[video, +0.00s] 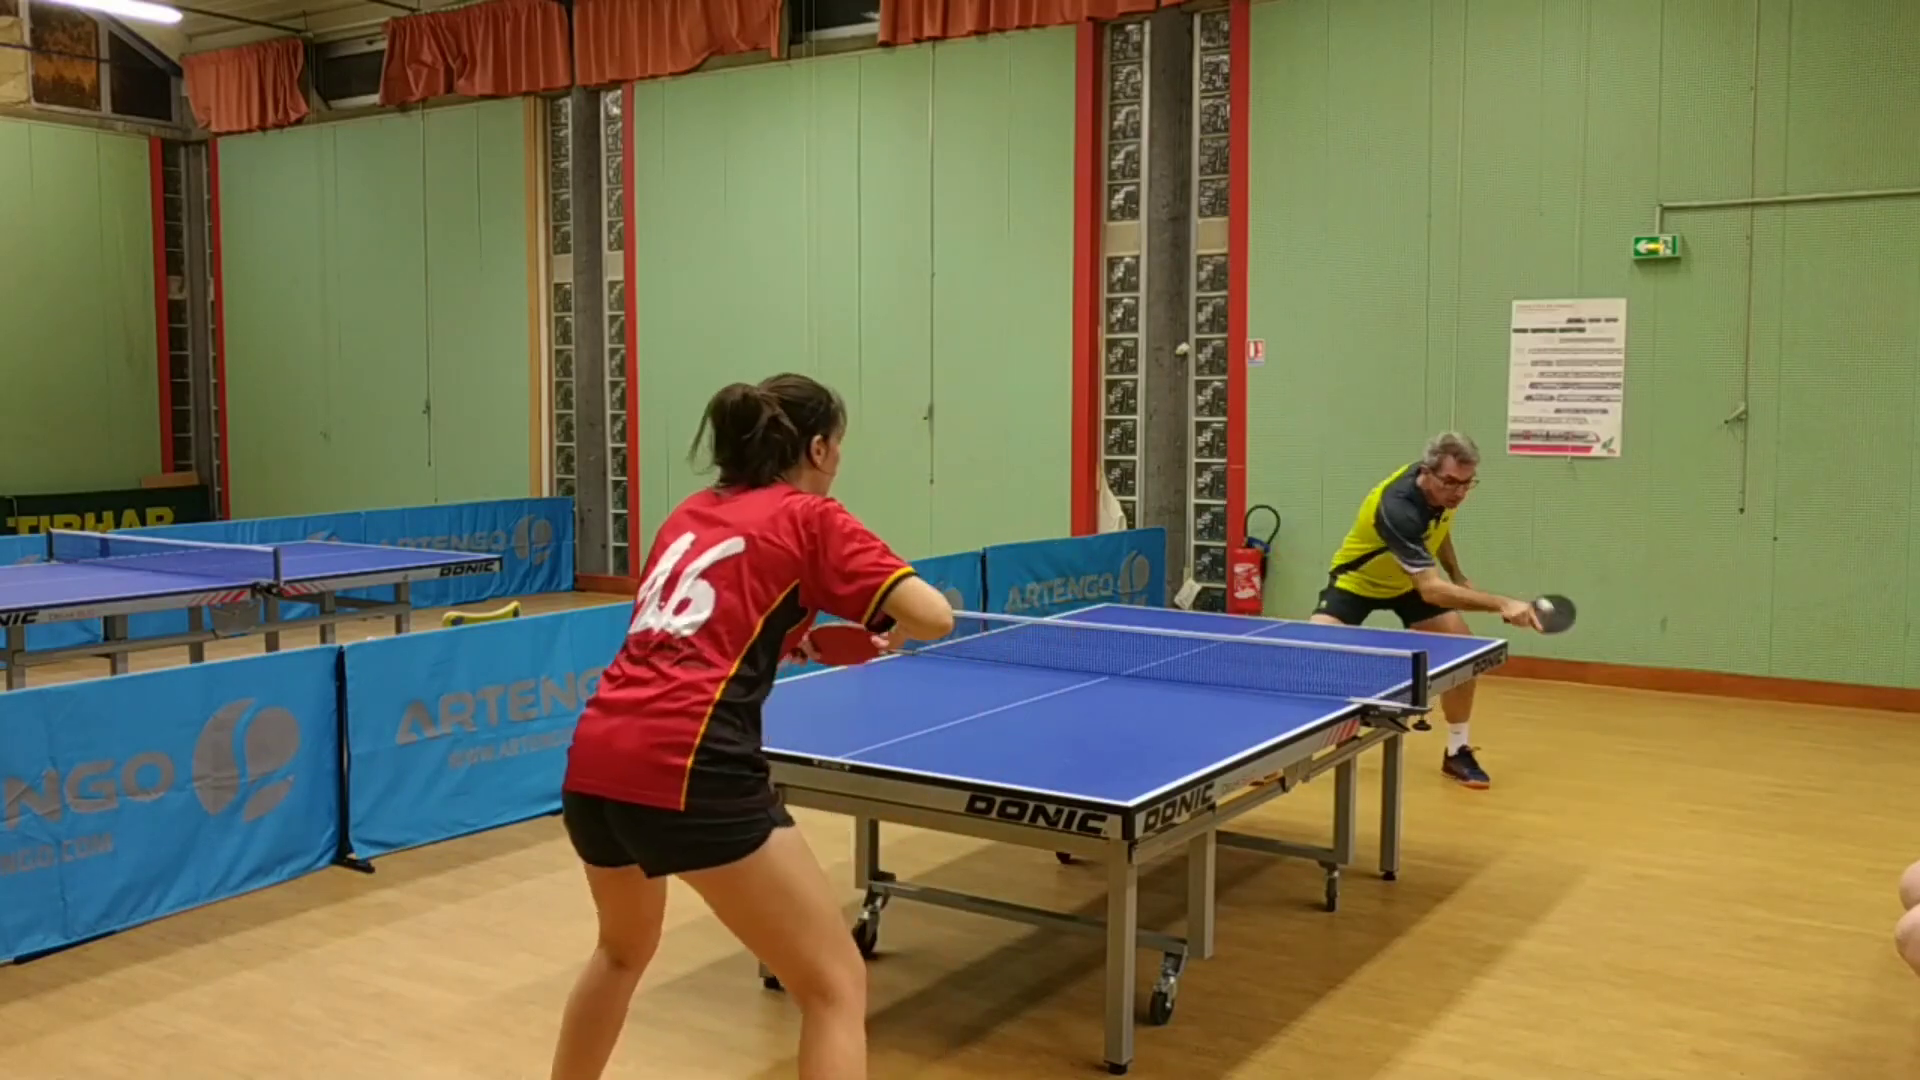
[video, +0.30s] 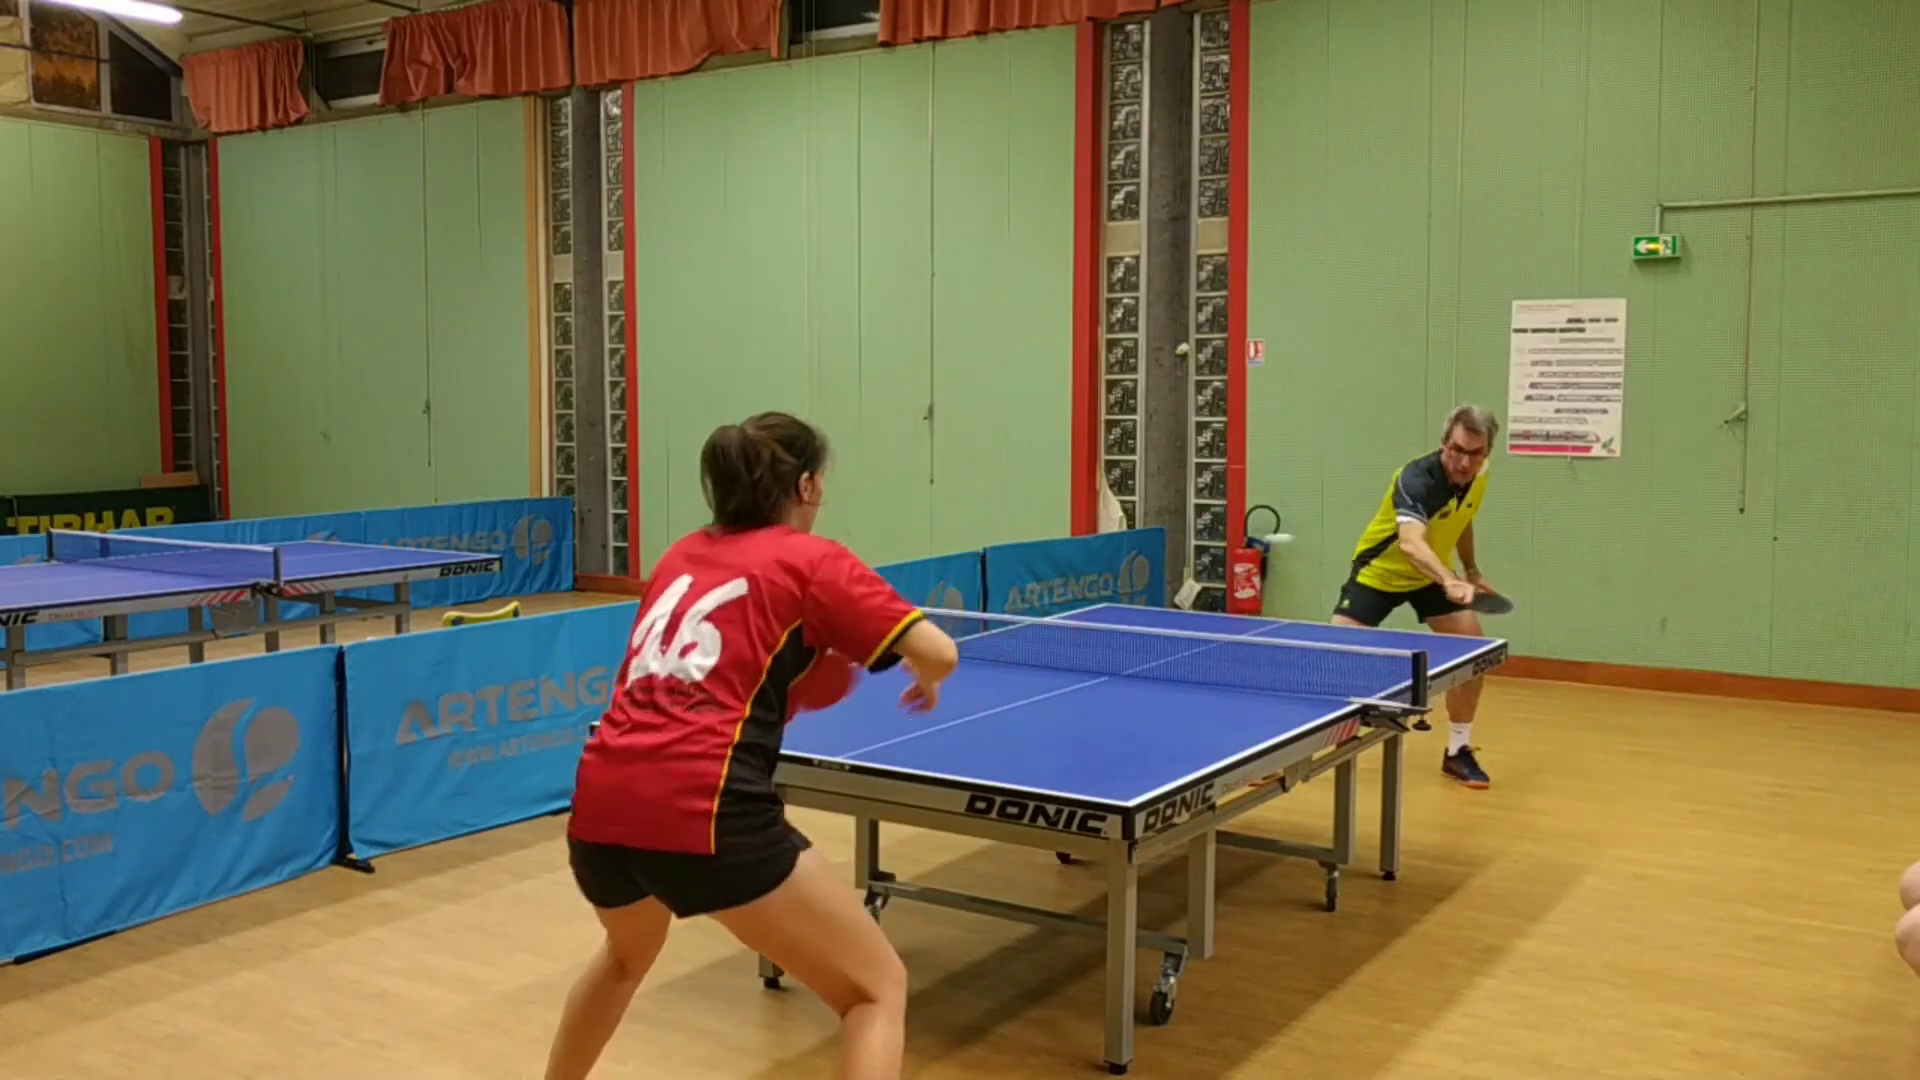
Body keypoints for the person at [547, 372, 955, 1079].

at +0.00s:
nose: (839, 456)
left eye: (839, 442)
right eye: (838, 442)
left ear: (749, 444)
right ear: (819, 448)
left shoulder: (691, 511)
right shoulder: (810, 517)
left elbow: (699, 616)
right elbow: (934, 616)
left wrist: (796, 636)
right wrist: (895, 622)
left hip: (594, 767)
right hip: (693, 775)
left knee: (619, 952)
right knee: (835, 988)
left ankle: (567, 1077)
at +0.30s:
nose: (823, 489)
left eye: (821, 475)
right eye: (821, 477)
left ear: (733, 484)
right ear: (804, 485)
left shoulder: (681, 555)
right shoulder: (811, 559)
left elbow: (721, 682)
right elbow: (936, 652)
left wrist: (815, 684)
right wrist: (927, 680)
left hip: (599, 815)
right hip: (708, 820)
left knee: (623, 957)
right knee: (875, 987)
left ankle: (558, 1075)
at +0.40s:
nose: (798, 487)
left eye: (798, 476)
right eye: (797, 476)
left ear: (704, 489)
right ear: (783, 484)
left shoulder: (652, 566)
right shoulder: (819, 564)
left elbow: (592, 707)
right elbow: (935, 666)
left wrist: (642, 761)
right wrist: (896, 714)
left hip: (635, 814)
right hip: (754, 818)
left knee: (615, 961)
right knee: (884, 987)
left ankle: (557, 1074)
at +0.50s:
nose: (777, 489)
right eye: (775, 481)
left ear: (686, 498)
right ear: (766, 490)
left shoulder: (647, 586)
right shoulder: (828, 569)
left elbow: (595, 725)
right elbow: (923, 687)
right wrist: (864, 763)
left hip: (696, 838)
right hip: (822, 829)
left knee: (620, 959)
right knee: (904, 993)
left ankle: (566, 1076)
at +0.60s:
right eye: (752, 507)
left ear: (666, 535)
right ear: (748, 523)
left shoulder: (665, 627)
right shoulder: (819, 604)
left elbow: (652, 770)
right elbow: (884, 731)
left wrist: (540, 871)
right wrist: (836, 815)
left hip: (744, 895)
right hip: (864, 882)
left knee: (607, 961)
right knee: (928, 1053)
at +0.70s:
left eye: (634, 541)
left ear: (642, 561)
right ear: (719, 542)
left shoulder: (669, 653)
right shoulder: (792, 613)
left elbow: (696, 795)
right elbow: (836, 744)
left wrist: (574, 901)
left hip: (777, 907)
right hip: (890, 887)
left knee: (590, 958)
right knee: (935, 1059)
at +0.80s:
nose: (610, 571)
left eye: (610, 559)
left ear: (619, 572)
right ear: (697, 541)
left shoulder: (646, 664)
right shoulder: (775, 609)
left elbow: (672, 818)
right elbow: (866, 724)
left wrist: (535, 901)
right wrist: (814, 805)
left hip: (762, 908)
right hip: (876, 888)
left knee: (576, 954)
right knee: (937, 1054)